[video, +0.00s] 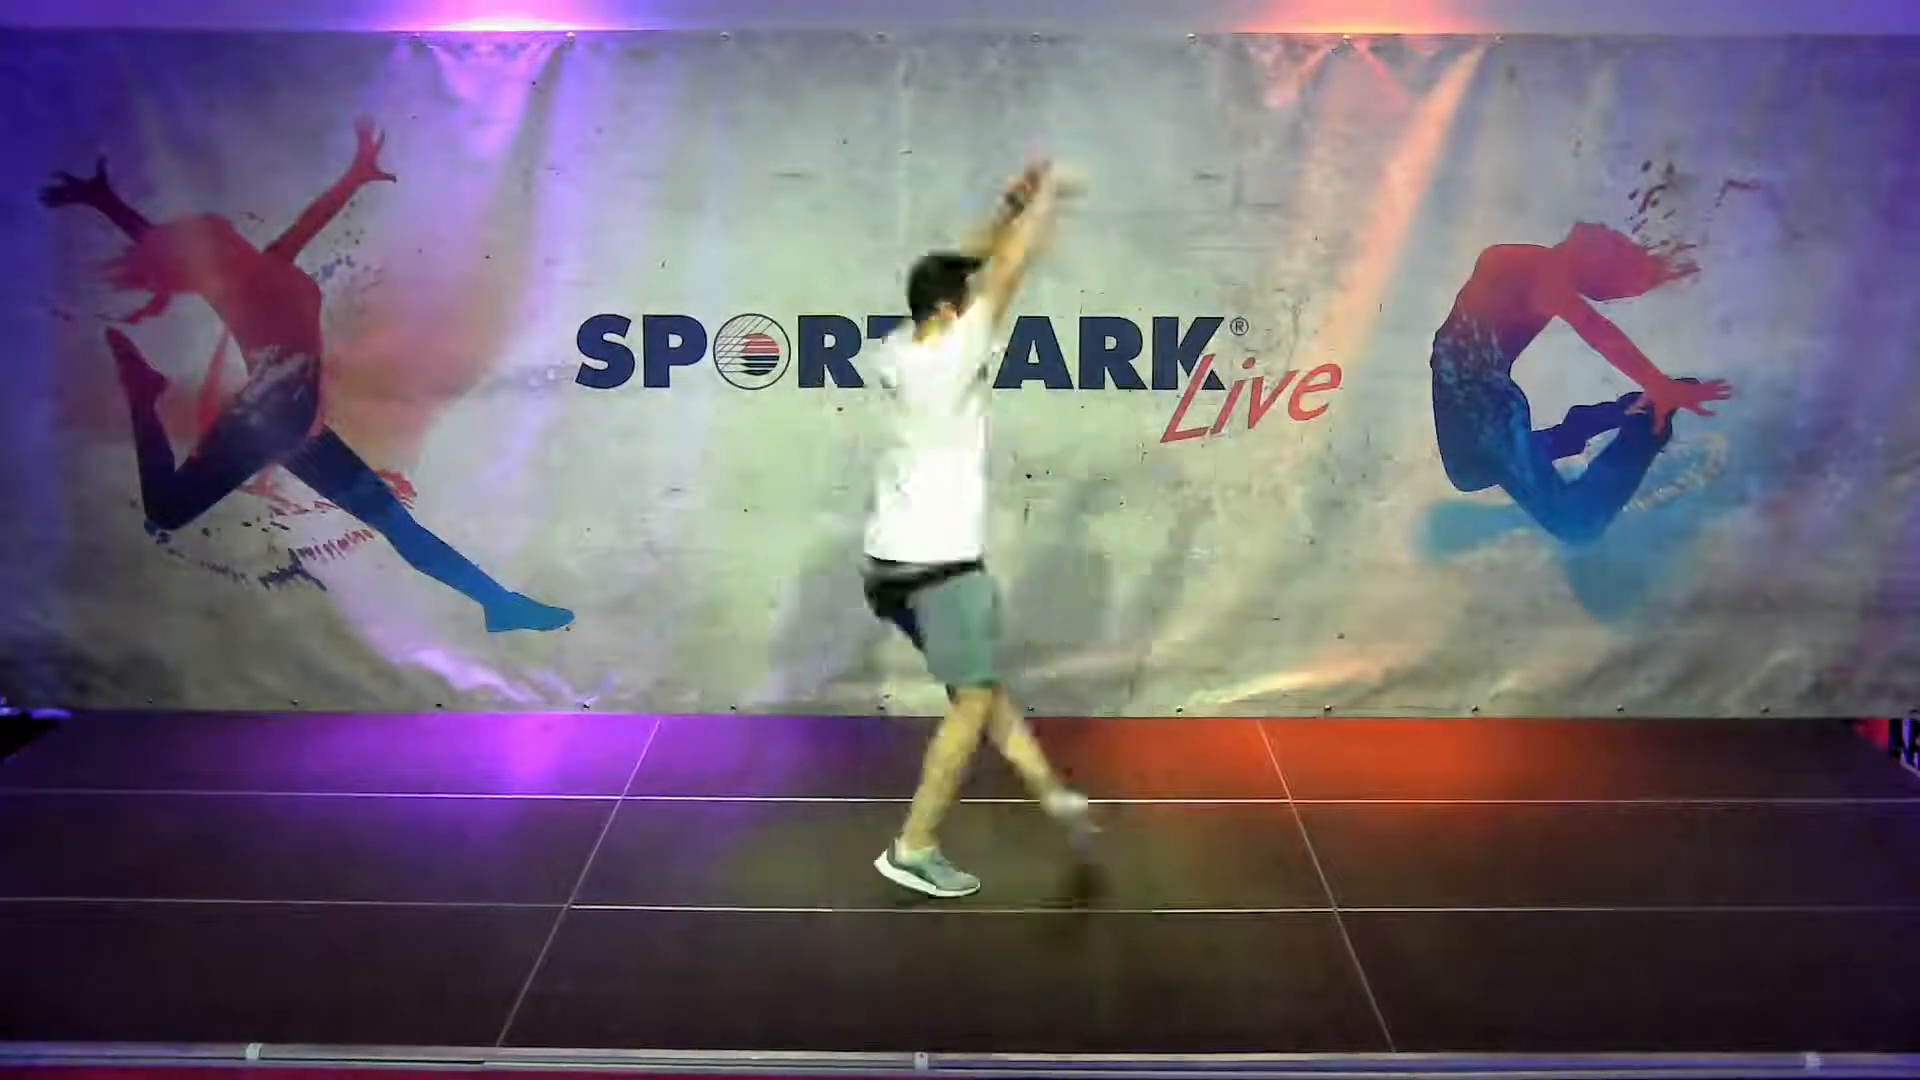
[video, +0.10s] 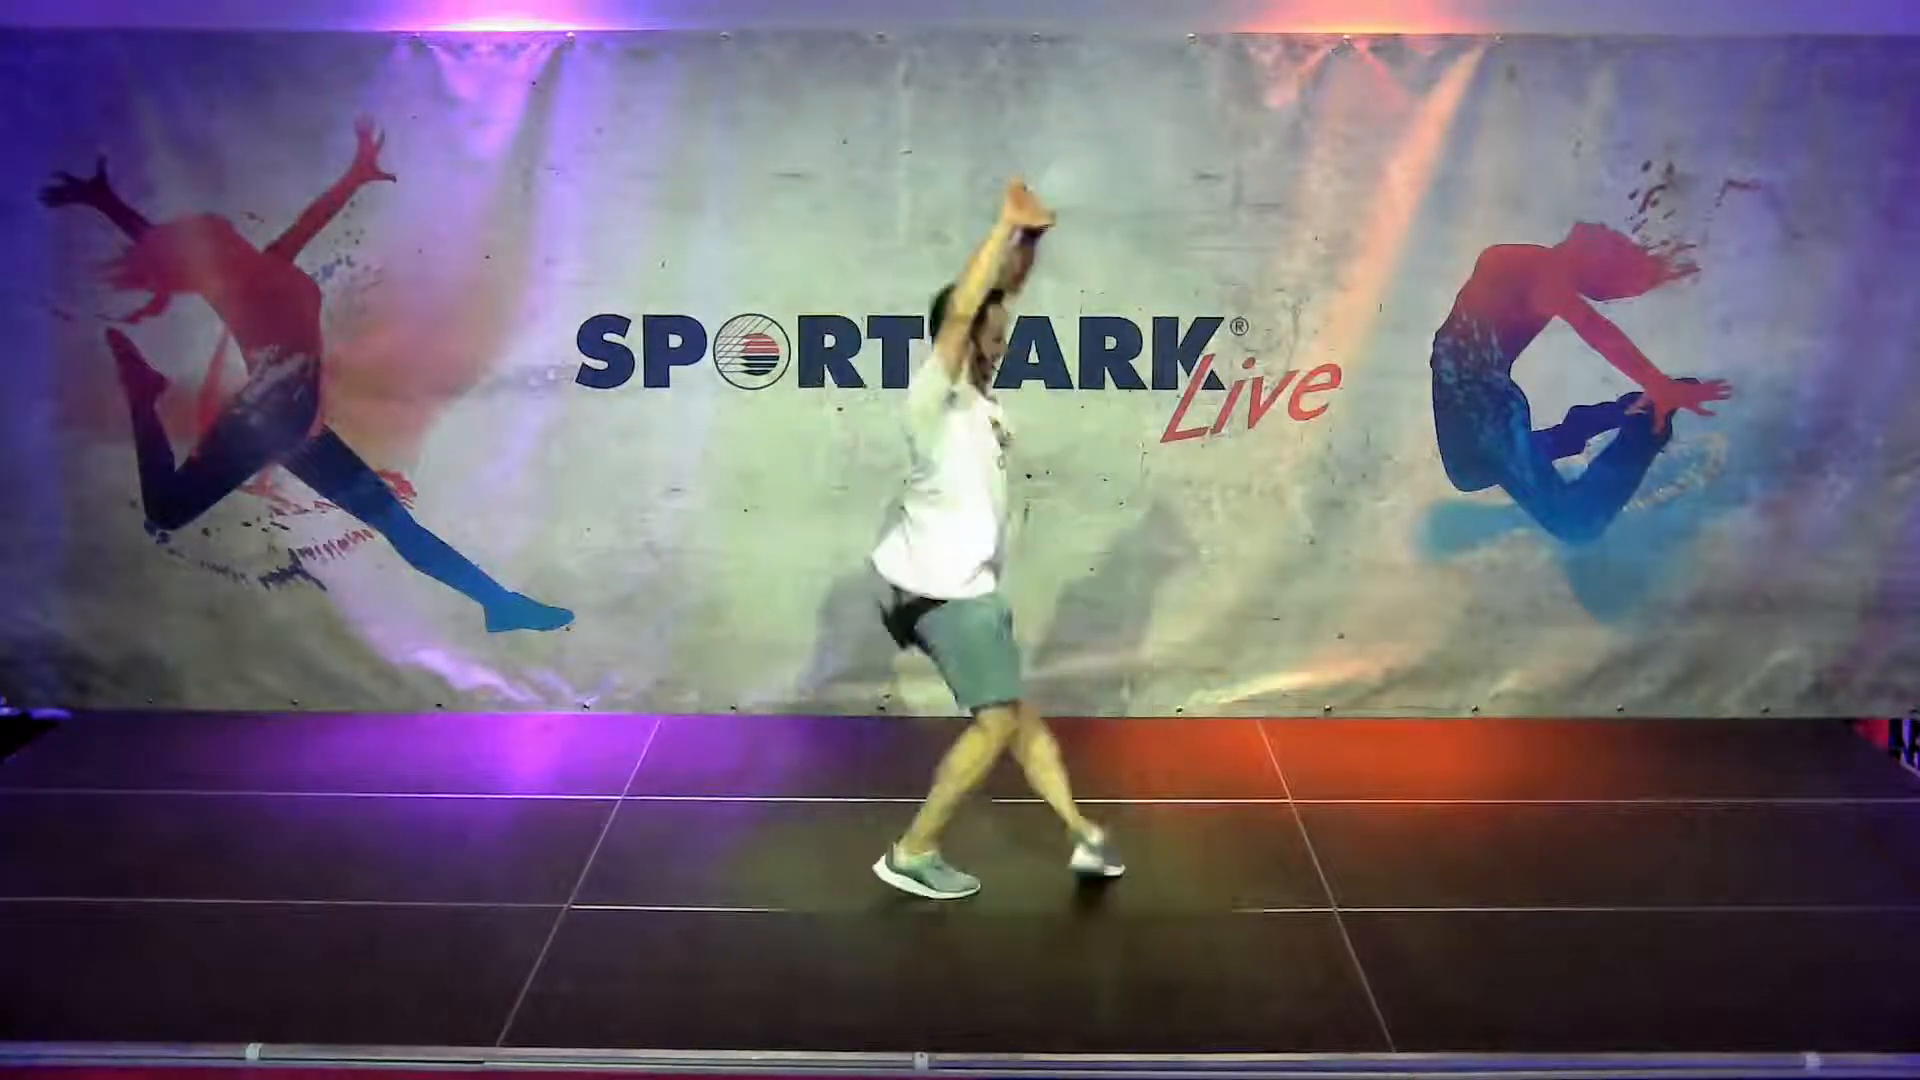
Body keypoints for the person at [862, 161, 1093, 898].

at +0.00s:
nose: (985, 314)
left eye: (982, 299)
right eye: (978, 299)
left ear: (923, 306)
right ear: (953, 307)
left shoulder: (897, 353)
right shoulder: (951, 357)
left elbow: (961, 274)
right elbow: (1007, 273)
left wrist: (1007, 212)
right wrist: (1042, 204)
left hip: (894, 560)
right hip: (944, 559)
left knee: (984, 689)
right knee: (972, 703)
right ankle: (914, 848)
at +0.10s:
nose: (999, 340)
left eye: (1002, 329)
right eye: (989, 328)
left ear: (993, 338)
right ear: (958, 332)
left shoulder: (974, 398)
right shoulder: (935, 397)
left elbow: (999, 308)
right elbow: (962, 309)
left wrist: (1022, 244)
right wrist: (1005, 228)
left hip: (966, 581)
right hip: (940, 584)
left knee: (1019, 715)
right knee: (998, 720)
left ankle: (1083, 835)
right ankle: (912, 851)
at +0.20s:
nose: (1019, 355)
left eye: (1022, 345)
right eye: (1011, 345)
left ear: (1007, 349)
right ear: (975, 343)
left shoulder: (1000, 396)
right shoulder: (938, 399)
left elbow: (1025, 303)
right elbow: (958, 307)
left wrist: (1046, 223)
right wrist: (1002, 221)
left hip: (999, 593)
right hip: (946, 598)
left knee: (1073, 670)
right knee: (1000, 731)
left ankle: (1073, 824)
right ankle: (917, 846)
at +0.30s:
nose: (1032, 354)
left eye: (1032, 345)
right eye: (1024, 344)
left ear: (1020, 348)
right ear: (990, 343)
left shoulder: (1020, 393)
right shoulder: (952, 392)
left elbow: (1040, 305)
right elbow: (971, 299)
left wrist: (1049, 223)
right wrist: (1006, 217)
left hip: (1028, 593)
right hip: (954, 606)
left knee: (1108, 689)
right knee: (956, 750)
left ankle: (1100, 796)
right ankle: (980, 838)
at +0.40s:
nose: (1053, 364)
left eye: (1055, 352)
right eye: (1045, 351)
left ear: (1040, 355)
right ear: (1008, 350)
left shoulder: (1035, 405)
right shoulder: (961, 402)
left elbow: (1057, 325)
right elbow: (987, 307)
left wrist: (1052, 249)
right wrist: (1015, 232)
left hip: (1049, 614)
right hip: (968, 615)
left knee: (1107, 732)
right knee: (924, 744)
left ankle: (1151, 802)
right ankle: (1000, 848)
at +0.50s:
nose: (1060, 358)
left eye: (1063, 348)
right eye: (1049, 346)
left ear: (1056, 351)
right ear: (1011, 343)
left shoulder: (1054, 401)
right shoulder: (975, 401)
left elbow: (1080, 324)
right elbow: (993, 304)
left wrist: (1070, 249)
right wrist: (1033, 244)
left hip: (1069, 610)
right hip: (987, 611)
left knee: (1123, 724)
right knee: (938, 737)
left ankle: (1137, 808)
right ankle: (1001, 847)